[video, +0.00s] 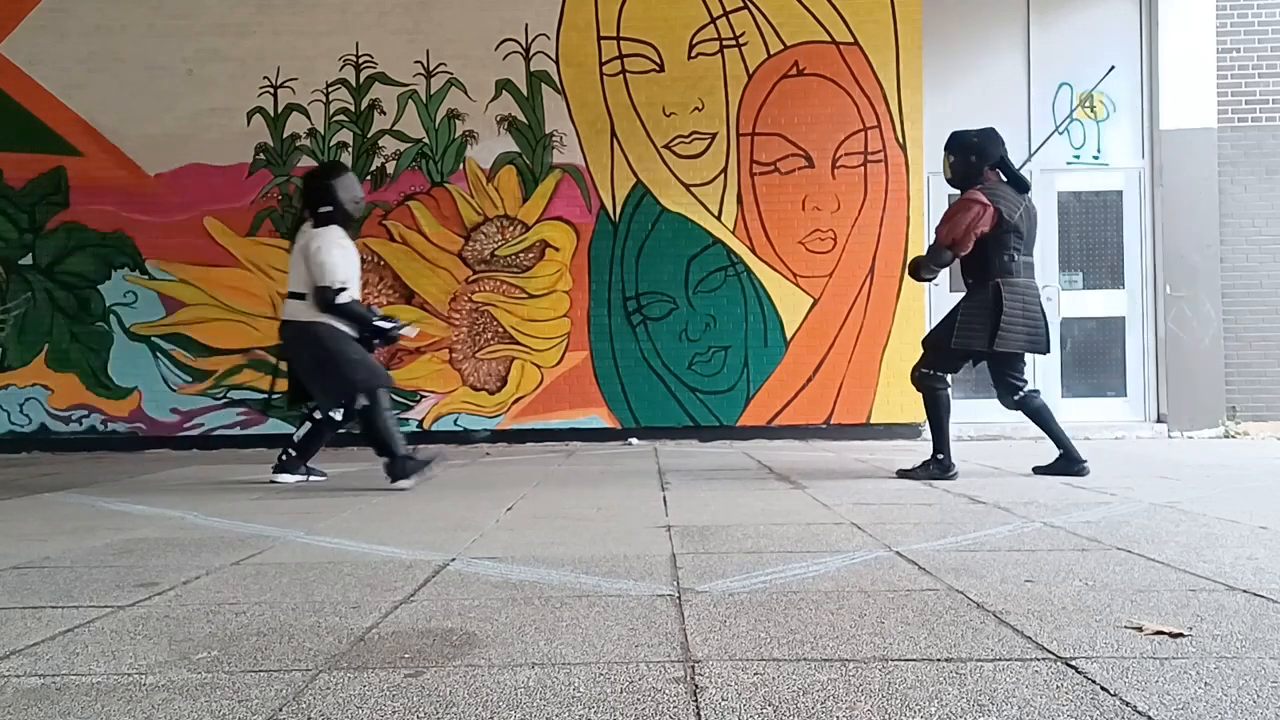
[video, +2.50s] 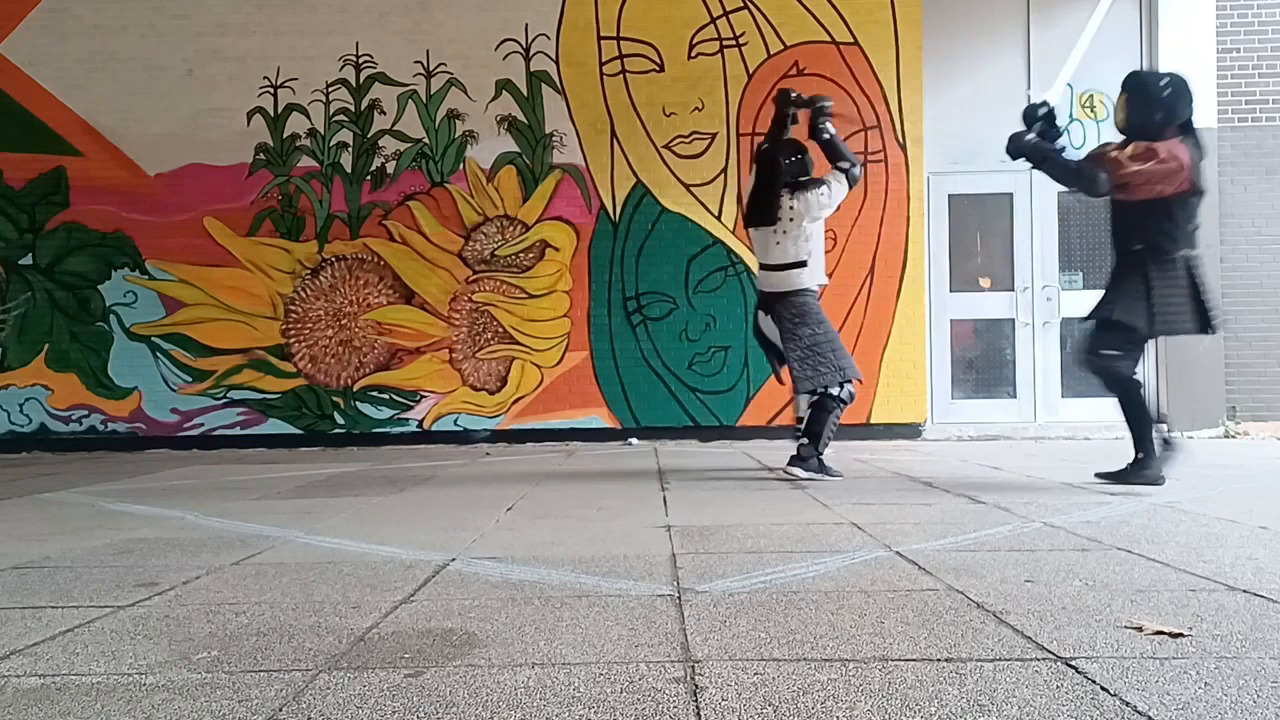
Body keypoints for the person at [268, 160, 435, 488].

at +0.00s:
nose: (360, 195)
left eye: (357, 187)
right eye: (352, 188)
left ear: (323, 198)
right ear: (332, 196)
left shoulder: (311, 231)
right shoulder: (328, 237)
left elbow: (326, 296)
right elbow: (330, 298)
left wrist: (362, 323)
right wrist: (375, 322)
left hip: (301, 330)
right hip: (317, 331)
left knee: (340, 401)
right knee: (372, 384)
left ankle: (292, 462)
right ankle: (398, 460)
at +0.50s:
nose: (425, 174)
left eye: (422, 165)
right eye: (419, 166)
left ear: (376, 173)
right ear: (406, 173)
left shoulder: (357, 212)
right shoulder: (406, 215)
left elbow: (354, 272)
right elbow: (414, 282)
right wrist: (443, 326)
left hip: (347, 314)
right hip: (387, 316)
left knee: (357, 392)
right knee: (445, 381)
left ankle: (332, 461)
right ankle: (419, 466)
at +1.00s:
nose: (458, 176)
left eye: (456, 169)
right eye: (453, 169)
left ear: (408, 175)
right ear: (440, 175)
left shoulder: (388, 216)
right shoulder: (444, 217)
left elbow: (384, 275)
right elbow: (457, 286)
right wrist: (478, 329)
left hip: (387, 313)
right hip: (428, 314)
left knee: (378, 396)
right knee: (496, 374)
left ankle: (339, 467)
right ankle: (497, 465)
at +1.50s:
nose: (536, 179)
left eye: (534, 172)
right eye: (531, 172)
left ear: (491, 177)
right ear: (519, 177)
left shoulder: (475, 211)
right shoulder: (524, 215)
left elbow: (515, 269)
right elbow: (563, 268)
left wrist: (582, 270)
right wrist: (603, 265)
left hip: (462, 308)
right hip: (503, 312)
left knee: (445, 392)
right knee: (569, 368)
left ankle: (410, 469)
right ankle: (613, 450)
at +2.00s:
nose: (693, 194)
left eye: (689, 188)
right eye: (689, 188)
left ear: (649, 193)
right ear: (679, 191)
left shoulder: (634, 229)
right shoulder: (688, 224)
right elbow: (732, 256)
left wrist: (751, 249)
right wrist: (774, 246)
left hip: (641, 332)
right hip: (685, 333)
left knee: (604, 402)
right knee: (753, 379)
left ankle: (548, 463)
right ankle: (789, 456)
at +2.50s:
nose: (809, 169)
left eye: (804, 164)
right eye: (805, 163)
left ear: (768, 169)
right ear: (799, 170)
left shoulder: (756, 202)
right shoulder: (808, 200)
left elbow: (766, 163)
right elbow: (850, 170)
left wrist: (782, 118)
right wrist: (824, 134)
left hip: (768, 302)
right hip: (799, 303)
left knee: (811, 376)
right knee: (844, 381)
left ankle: (810, 451)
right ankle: (807, 455)